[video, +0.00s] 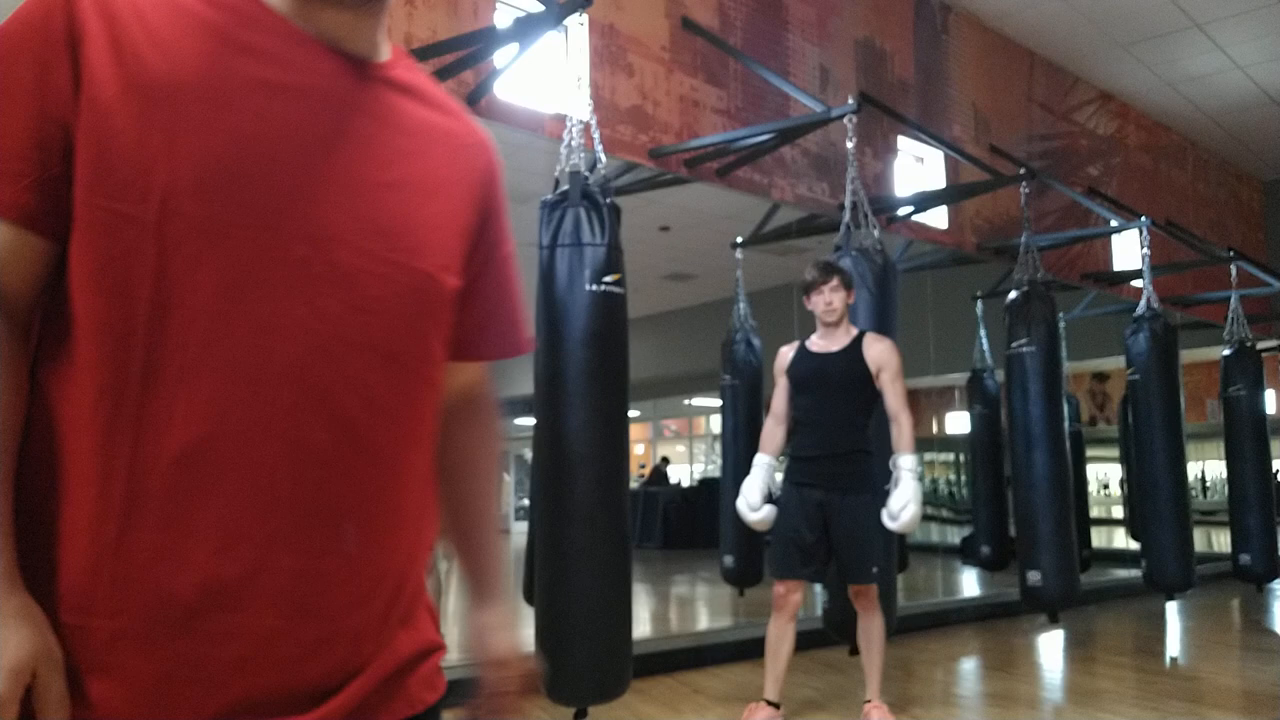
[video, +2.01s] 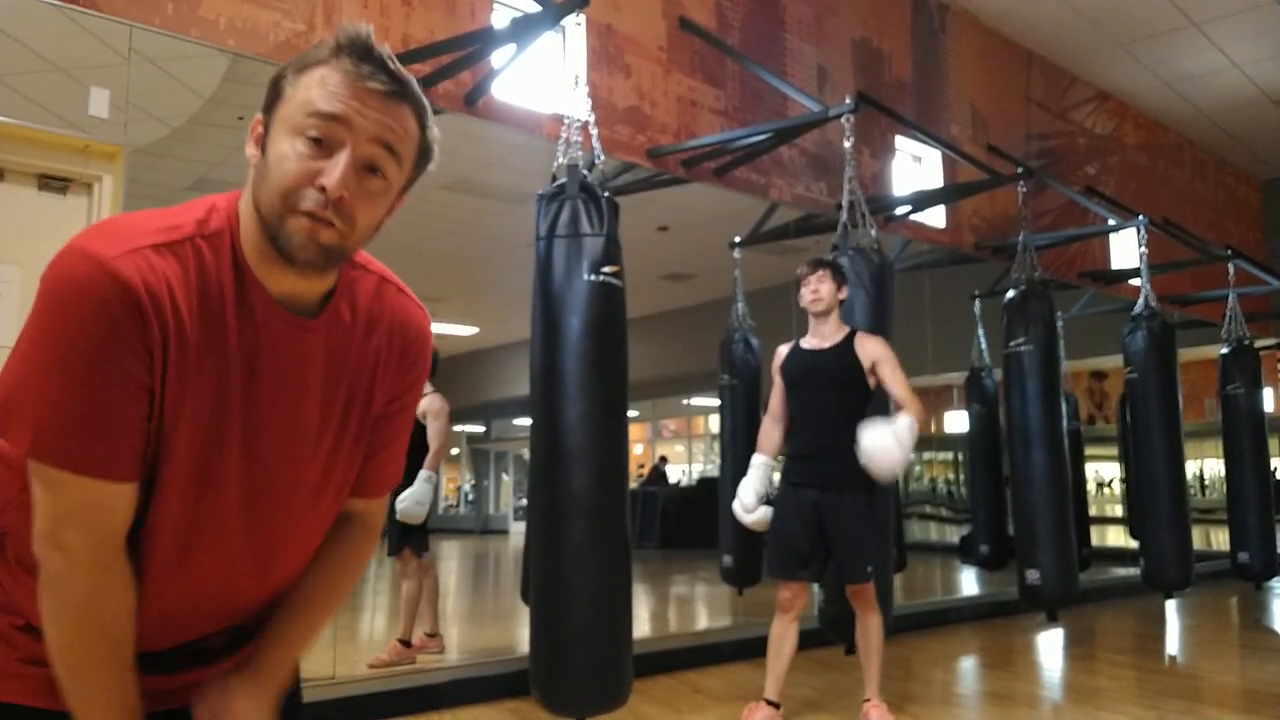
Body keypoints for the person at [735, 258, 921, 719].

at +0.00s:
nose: (827, 299)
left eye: (835, 290)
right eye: (819, 292)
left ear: (850, 296)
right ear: (807, 300)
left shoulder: (877, 349)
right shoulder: (790, 356)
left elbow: (899, 418)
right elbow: (776, 420)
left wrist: (907, 477)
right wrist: (759, 475)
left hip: (860, 492)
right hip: (801, 491)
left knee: (865, 596)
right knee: (784, 596)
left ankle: (873, 701)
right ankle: (769, 703)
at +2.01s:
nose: (811, 287)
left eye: (820, 280)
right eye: (805, 283)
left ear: (841, 291)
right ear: (799, 298)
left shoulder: (868, 346)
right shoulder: (786, 355)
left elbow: (913, 408)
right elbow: (773, 421)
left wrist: (898, 436)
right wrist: (757, 478)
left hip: (855, 493)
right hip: (799, 493)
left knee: (863, 597)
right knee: (787, 599)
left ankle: (873, 700)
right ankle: (769, 703)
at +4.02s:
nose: (830, 293)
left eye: (837, 286)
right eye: (822, 287)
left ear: (851, 295)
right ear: (808, 298)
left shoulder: (875, 350)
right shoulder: (787, 355)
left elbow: (896, 417)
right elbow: (773, 420)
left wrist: (897, 471)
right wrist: (760, 475)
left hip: (859, 491)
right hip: (801, 491)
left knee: (865, 596)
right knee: (788, 597)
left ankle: (872, 700)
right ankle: (770, 702)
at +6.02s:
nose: (831, 294)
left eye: (839, 287)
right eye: (823, 288)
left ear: (853, 296)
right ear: (811, 299)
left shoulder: (879, 351)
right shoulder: (791, 356)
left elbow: (899, 418)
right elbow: (777, 422)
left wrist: (899, 474)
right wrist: (763, 479)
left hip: (860, 492)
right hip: (803, 492)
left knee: (866, 597)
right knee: (790, 599)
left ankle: (873, 701)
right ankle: (770, 703)